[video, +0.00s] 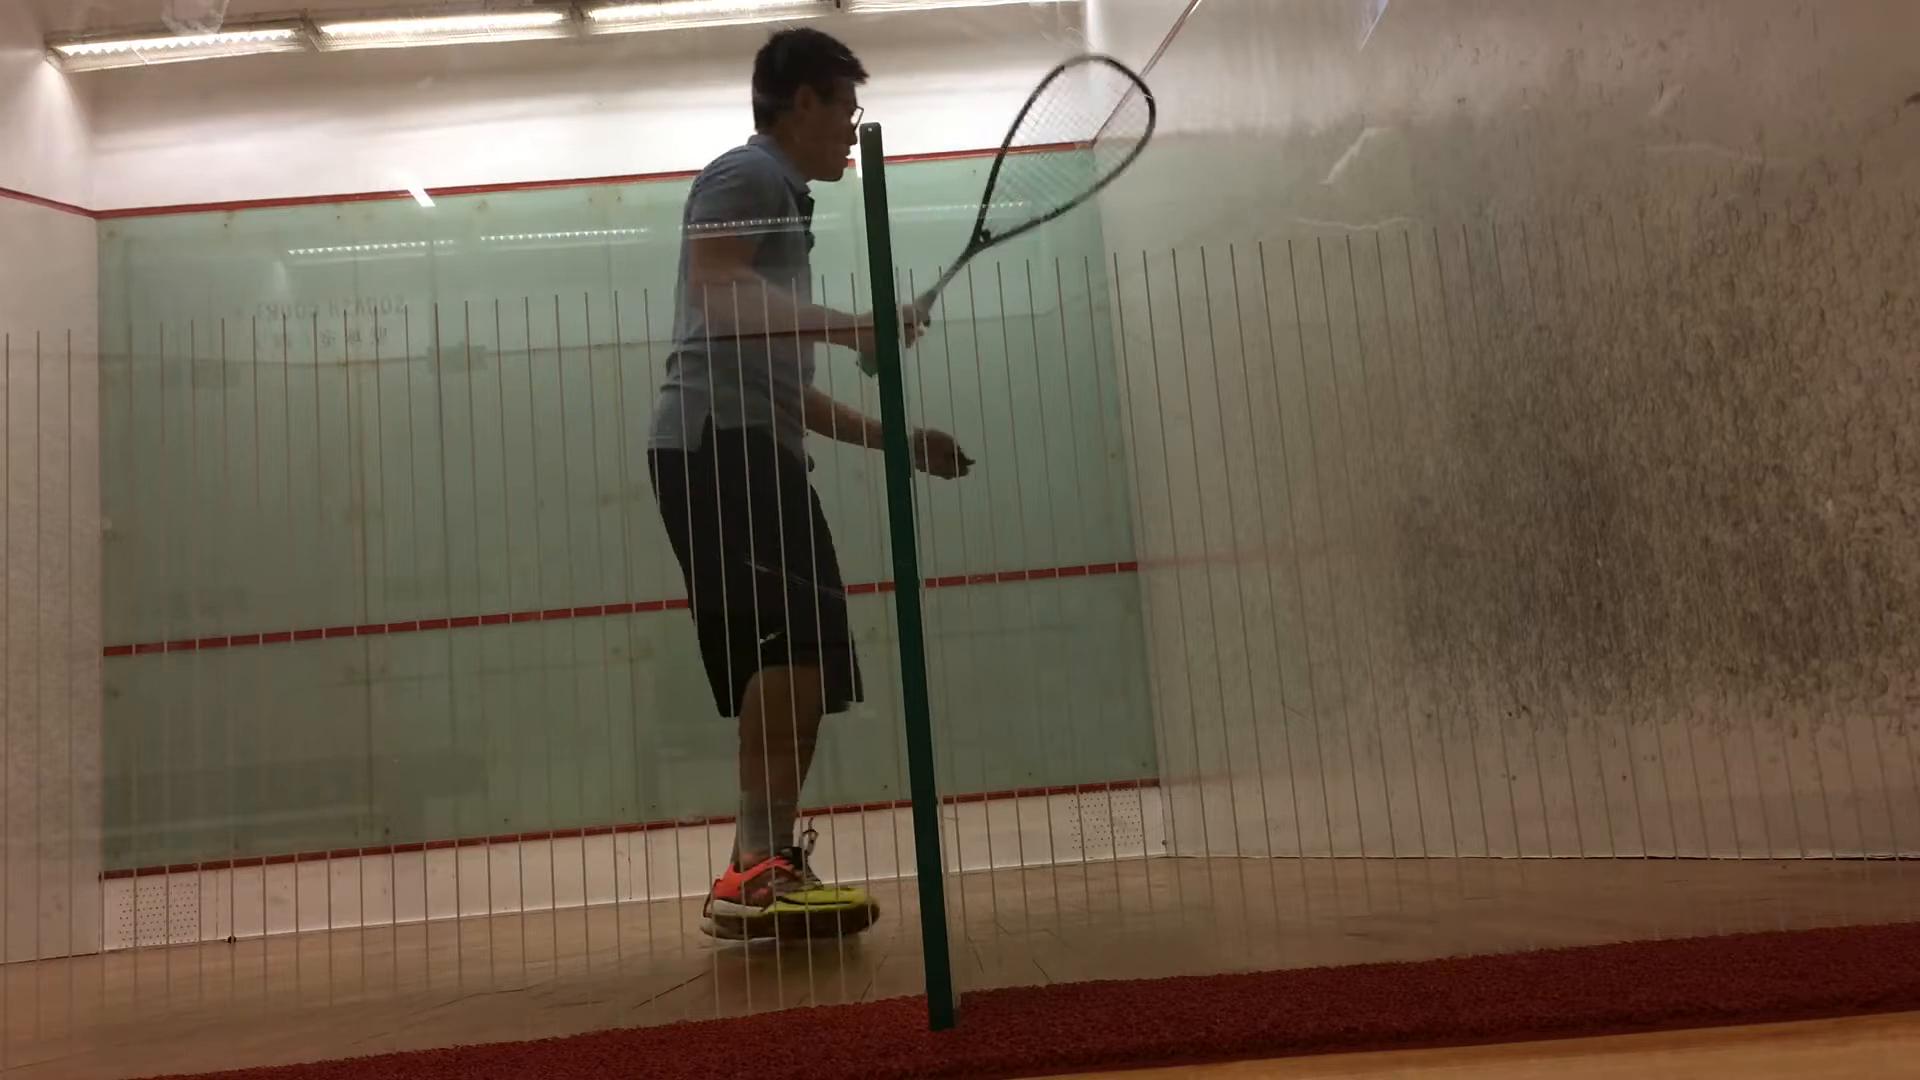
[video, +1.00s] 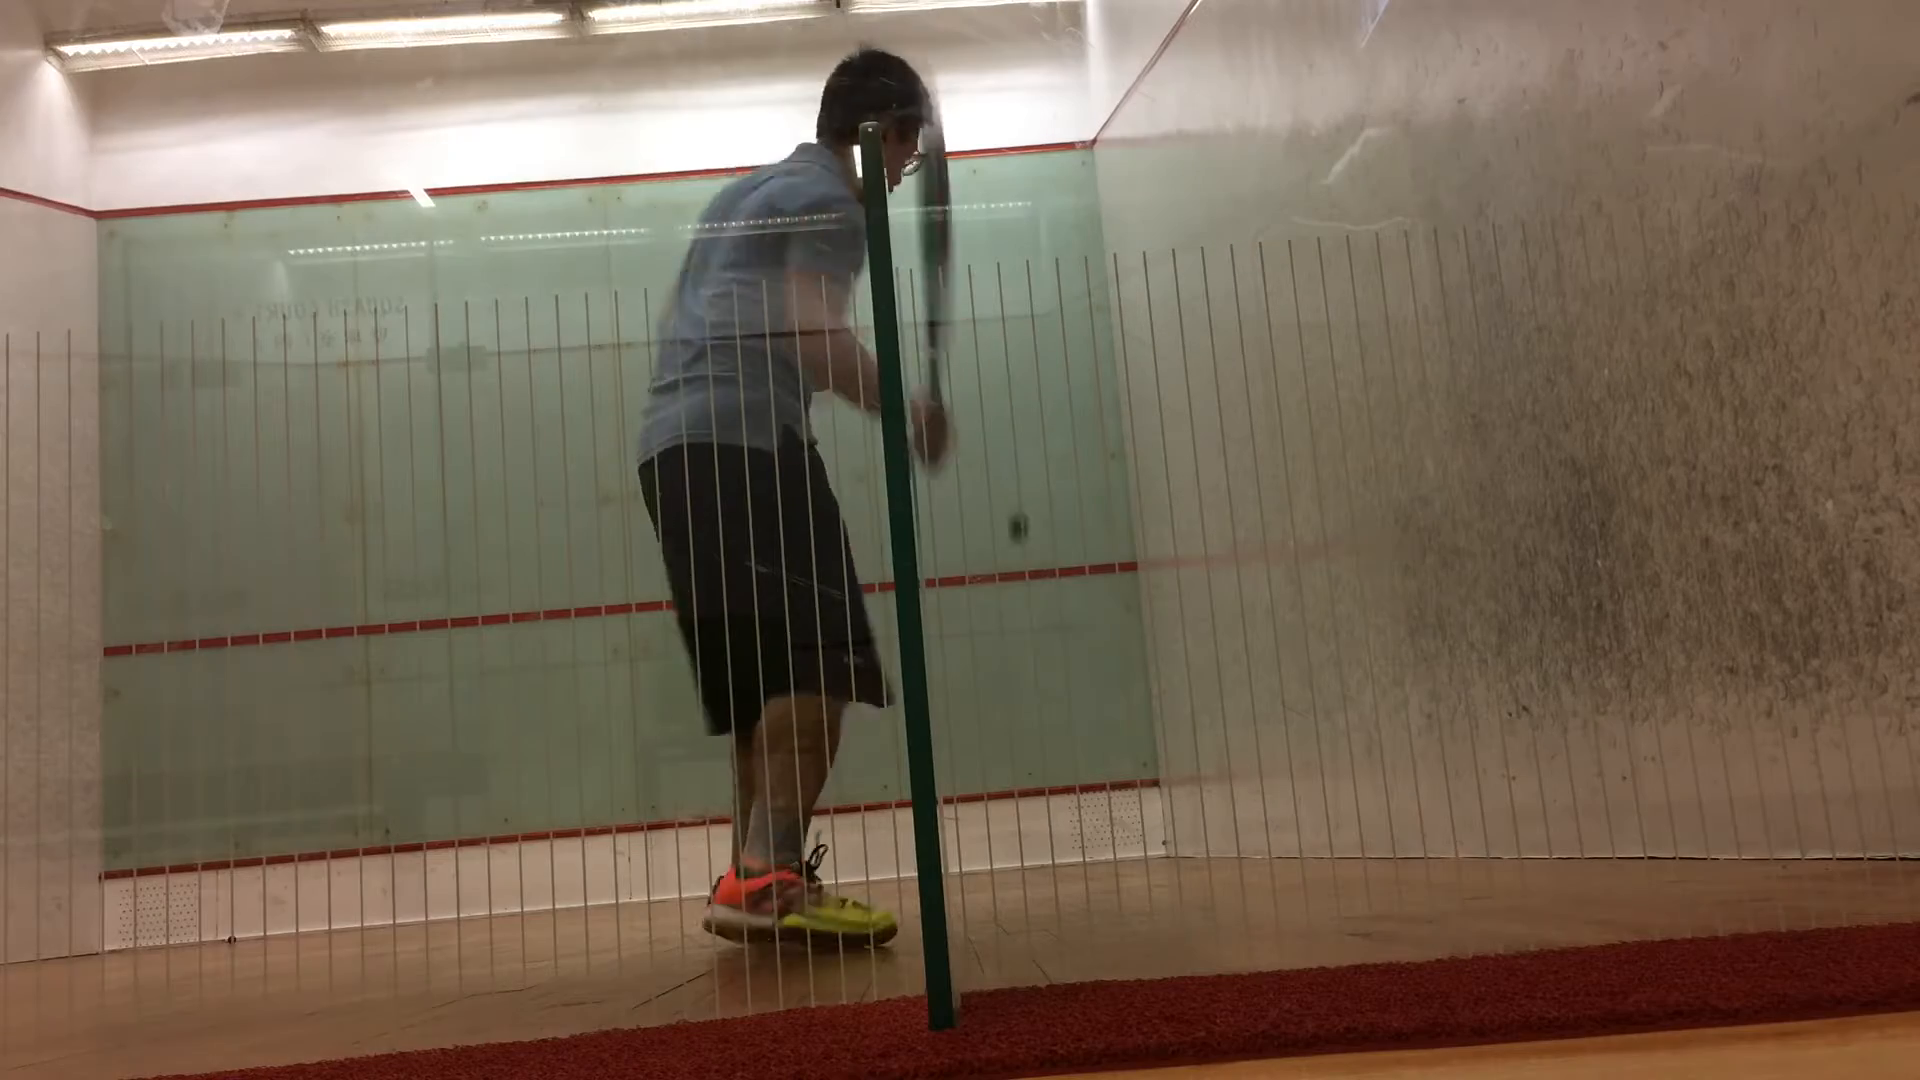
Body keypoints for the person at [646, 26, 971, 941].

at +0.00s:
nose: (856, 127)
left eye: (855, 109)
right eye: (845, 108)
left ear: (800, 110)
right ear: (798, 105)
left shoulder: (783, 213)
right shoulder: (745, 174)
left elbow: (784, 392)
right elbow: (717, 293)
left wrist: (896, 440)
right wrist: (850, 327)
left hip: (757, 448)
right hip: (718, 443)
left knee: (806, 650)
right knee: (787, 641)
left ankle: (774, 865)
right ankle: (754, 867)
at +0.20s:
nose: (873, 115)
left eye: (876, 98)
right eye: (866, 94)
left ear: (825, 87)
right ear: (822, 83)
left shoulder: (810, 201)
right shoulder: (749, 146)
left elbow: (809, 381)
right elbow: (673, 221)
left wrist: (937, 436)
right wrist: (809, 226)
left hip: (778, 436)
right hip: (723, 428)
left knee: (829, 649)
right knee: (783, 643)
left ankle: (772, 876)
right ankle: (749, 879)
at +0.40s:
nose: (882, 127)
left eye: (892, 111)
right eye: (883, 102)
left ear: (847, 90)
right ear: (841, 75)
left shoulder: (825, 219)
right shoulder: (751, 126)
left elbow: (860, 385)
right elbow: (615, 144)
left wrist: (992, 400)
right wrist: (703, 37)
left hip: (779, 418)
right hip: (713, 407)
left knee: (851, 643)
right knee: (782, 648)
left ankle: (800, 874)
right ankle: (749, 891)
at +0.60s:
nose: (914, 158)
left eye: (920, 141)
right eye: (913, 133)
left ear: (871, 124)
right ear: (866, 110)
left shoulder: (829, 246)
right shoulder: (756, 145)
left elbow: (871, 393)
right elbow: (615, 188)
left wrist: (999, 395)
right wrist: (679, 51)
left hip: (771, 436)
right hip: (709, 419)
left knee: (875, 658)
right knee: (820, 650)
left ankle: (805, 876)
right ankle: (755, 887)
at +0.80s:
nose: (921, 158)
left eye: (923, 141)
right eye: (916, 138)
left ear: (871, 131)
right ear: (871, 128)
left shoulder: (820, 213)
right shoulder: (774, 160)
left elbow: (816, 372)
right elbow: (678, 235)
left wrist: (954, 368)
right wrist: (788, 167)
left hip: (761, 433)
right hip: (715, 428)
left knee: (855, 652)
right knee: (841, 649)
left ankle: (775, 876)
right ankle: (756, 882)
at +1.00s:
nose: (908, 163)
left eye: (914, 147)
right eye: (907, 142)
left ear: (829, 123)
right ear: (871, 127)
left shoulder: (748, 193)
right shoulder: (826, 191)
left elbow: (769, 341)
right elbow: (811, 329)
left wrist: (878, 397)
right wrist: (904, 406)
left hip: (680, 445)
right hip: (744, 441)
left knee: (764, 662)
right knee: (828, 652)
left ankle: (754, 873)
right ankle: (773, 873)